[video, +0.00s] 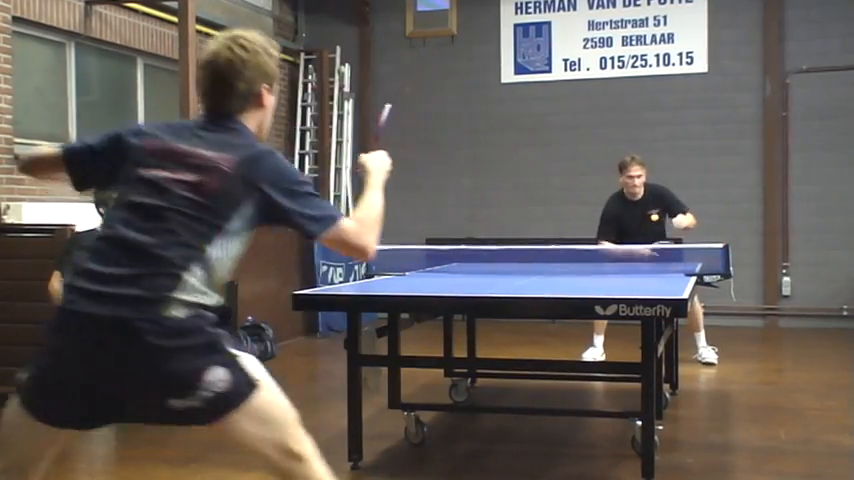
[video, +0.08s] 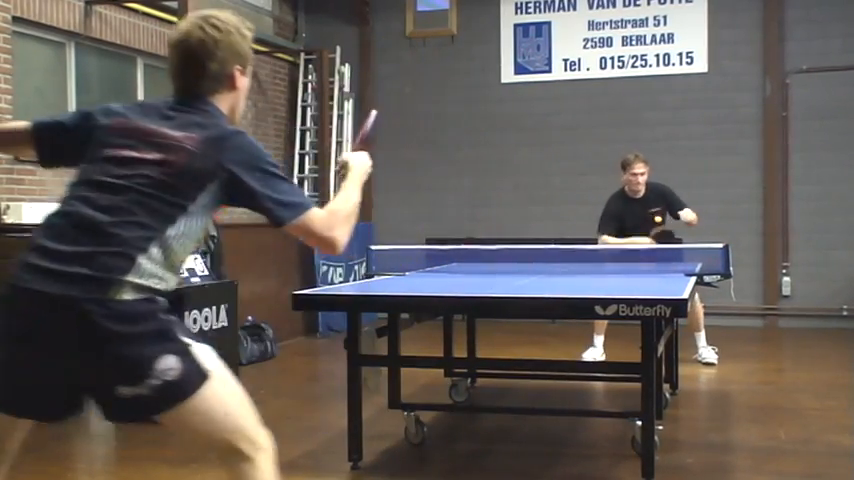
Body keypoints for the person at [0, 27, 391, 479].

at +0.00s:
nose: (276, 99)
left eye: (277, 90)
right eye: (276, 90)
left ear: (205, 91)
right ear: (264, 95)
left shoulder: (141, 139)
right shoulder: (259, 163)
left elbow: (35, 164)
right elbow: (364, 243)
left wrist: (26, 153)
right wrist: (376, 176)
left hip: (79, 340)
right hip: (172, 348)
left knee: (10, 462)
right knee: (295, 454)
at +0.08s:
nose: (247, 85)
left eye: (247, 73)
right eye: (249, 74)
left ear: (179, 72)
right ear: (237, 77)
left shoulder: (117, 118)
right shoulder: (227, 143)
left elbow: (13, 137)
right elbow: (333, 235)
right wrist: (356, 175)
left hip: (30, 302)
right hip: (116, 315)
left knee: (40, 455)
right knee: (253, 450)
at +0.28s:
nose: (180, 118)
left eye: (183, 106)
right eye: (182, 106)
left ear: (107, 100)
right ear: (166, 111)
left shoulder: (28, 156)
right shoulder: (139, 186)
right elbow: (231, 315)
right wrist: (285, 262)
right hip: (15, 378)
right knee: (127, 472)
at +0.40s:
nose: (140, 166)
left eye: (142, 154)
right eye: (141, 154)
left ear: (61, 142)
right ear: (117, 159)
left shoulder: (11, 193)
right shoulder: (68, 238)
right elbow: (146, 379)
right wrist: (238, 326)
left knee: (101, 472)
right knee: (103, 475)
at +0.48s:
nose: (151, 165)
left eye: (153, 152)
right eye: (151, 153)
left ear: (69, 146)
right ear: (124, 161)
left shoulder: (15, 189)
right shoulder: (61, 241)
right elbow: (126, 398)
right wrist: (237, 364)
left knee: (104, 471)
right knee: (108, 475)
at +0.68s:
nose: (295, 141)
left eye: (296, 126)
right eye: (292, 128)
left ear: (206, 118)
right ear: (259, 140)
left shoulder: (165, 151)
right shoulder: (155, 221)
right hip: (27, 390)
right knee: (147, 472)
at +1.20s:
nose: (555, 41)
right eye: (554, 30)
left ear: (465, 34)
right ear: (547, 41)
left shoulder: (390, 110)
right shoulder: (553, 127)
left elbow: (271, 187)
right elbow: (701, 170)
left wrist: (215, 204)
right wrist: (665, 76)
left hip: (332, 371)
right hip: (438, 388)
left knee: (401, 468)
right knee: (534, 469)